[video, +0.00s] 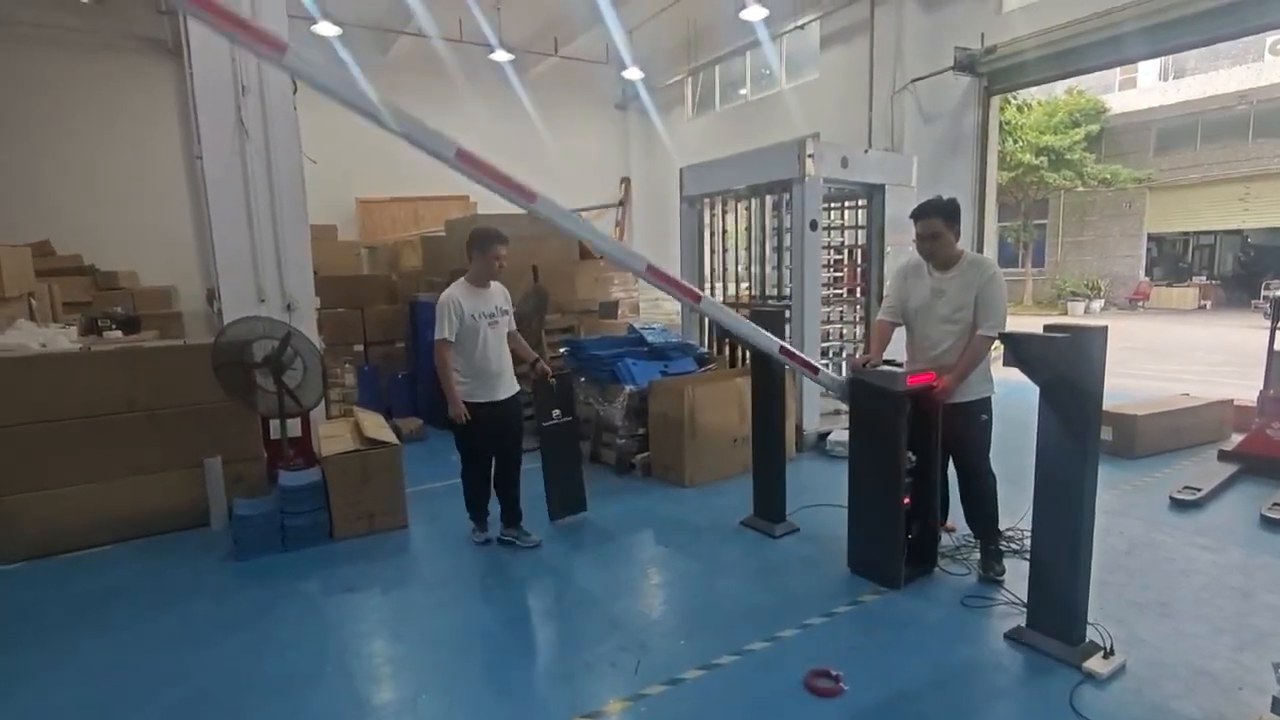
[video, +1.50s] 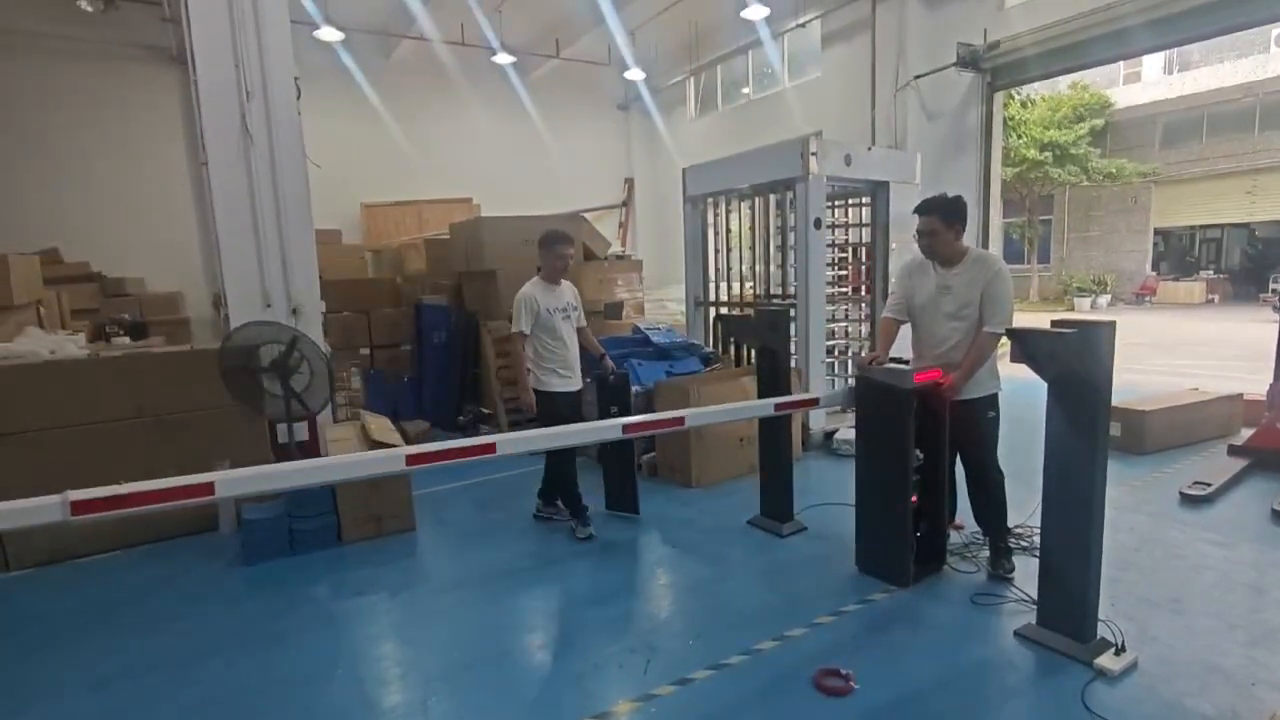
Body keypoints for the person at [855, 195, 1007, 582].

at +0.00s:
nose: (922, 246)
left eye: (930, 238)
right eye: (918, 238)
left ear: (955, 234)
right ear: (914, 235)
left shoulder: (985, 273)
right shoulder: (908, 271)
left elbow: (986, 334)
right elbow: (887, 317)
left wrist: (954, 377)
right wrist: (873, 354)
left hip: (969, 394)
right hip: (921, 393)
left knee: (975, 473)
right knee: (925, 474)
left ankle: (990, 545)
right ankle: (923, 548)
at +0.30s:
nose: (924, 246)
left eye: (932, 238)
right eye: (920, 238)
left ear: (957, 234)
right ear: (917, 235)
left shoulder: (987, 272)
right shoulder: (910, 271)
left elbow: (989, 334)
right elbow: (890, 318)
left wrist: (958, 376)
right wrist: (877, 354)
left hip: (973, 394)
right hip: (925, 393)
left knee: (979, 473)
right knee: (929, 473)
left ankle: (994, 546)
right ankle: (927, 548)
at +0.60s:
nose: (923, 245)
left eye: (931, 237)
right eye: (920, 237)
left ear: (958, 233)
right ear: (919, 234)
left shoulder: (989, 271)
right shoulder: (912, 270)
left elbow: (991, 333)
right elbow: (891, 317)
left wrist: (960, 376)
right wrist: (878, 354)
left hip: (975, 393)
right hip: (926, 393)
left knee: (981, 473)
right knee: (931, 474)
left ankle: (996, 545)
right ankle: (929, 550)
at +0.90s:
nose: (924, 243)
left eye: (932, 236)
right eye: (921, 236)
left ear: (958, 232)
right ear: (919, 233)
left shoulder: (990, 270)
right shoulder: (912, 270)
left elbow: (991, 332)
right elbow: (891, 317)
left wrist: (961, 375)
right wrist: (879, 353)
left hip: (975, 392)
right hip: (927, 392)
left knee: (982, 472)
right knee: (932, 474)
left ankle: (998, 545)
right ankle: (930, 552)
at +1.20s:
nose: (924, 242)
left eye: (931, 235)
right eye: (920, 235)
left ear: (958, 231)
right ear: (919, 232)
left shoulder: (990, 269)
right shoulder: (913, 269)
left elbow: (992, 332)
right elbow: (892, 315)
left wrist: (961, 375)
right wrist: (880, 352)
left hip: (976, 391)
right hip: (928, 392)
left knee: (982, 471)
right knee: (933, 474)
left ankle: (998, 543)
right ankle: (930, 551)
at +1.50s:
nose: (919, 240)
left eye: (926, 234)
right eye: (917, 233)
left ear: (956, 231)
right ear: (921, 231)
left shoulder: (990, 269)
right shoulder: (912, 268)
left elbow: (992, 331)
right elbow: (892, 314)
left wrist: (961, 375)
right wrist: (880, 351)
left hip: (976, 391)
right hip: (928, 392)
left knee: (982, 471)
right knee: (933, 472)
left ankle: (998, 544)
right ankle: (931, 548)